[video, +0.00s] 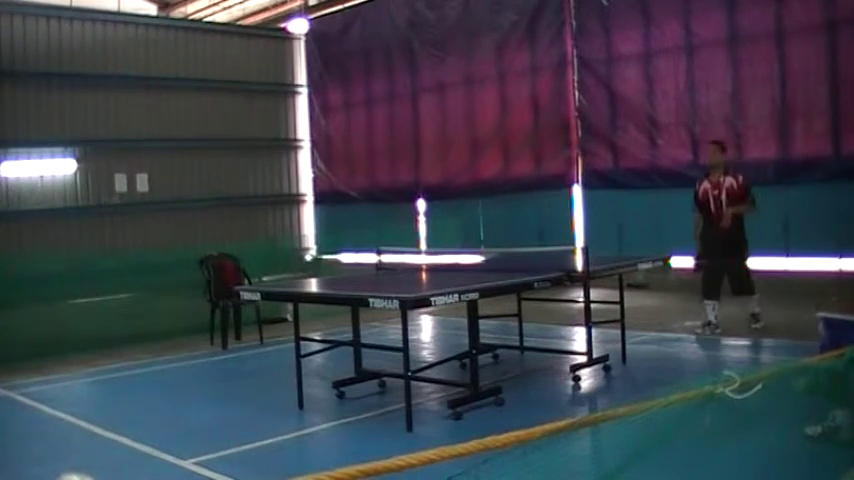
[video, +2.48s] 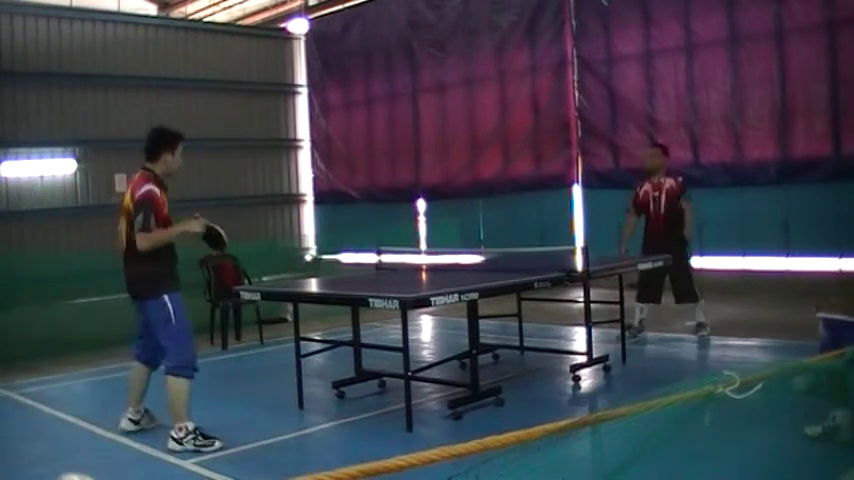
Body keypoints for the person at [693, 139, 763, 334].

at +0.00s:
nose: (712, 158)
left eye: (716, 154)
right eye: (710, 154)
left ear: (724, 156)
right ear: (707, 158)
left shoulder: (737, 181)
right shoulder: (702, 186)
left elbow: (749, 205)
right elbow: (699, 216)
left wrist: (731, 210)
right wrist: (697, 243)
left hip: (733, 241)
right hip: (711, 242)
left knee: (742, 277)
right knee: (710, 280)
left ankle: (754, 312)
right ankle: (711, 320)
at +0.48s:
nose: (684, 158)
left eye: (688, 154)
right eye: (683, 154)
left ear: (698, 157)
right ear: (681, 158)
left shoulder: (712, 181)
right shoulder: (679, 189)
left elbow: (724, 206)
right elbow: (675, 220)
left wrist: (706, 212)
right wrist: (668, 248)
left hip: (709, 234)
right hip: (690, 236)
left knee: (702, 272)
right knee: (696, 273)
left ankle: (699, 320)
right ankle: (709, 318)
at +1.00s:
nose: (668, 155)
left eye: (672, 151)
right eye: (667, 151)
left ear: (682, 154)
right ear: (668, 154)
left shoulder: (692, 181)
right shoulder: (663, 184)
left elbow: (701, 209)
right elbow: (658, 215)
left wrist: (676, 206)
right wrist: (651, 241)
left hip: (686, 242)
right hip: (665, 241)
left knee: (684, 283)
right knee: (658, 279)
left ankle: (688, 329)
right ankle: (673, 313)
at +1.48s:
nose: (622, 164)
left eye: (625, 160)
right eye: (622, 160)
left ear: (636, 162)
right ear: (629, 163)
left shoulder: (644, 181)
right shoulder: (634, 183)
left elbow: (633, 198)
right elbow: (638, 223)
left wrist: (618, 177)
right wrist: (637, 245)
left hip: (656, 245)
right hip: (641, 245)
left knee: (666, 286)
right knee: (635, 285)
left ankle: (681, 326)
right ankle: (638, 322)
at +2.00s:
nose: (609, 164)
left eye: (613, 160)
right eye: (610, 160)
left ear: (624, 163)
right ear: (619, 164)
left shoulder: (632, 184)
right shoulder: (623, 186)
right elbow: (628, 219)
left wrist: (654, 247)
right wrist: (630, 244)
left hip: (649, 241)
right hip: (634, 242)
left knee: (661, 280)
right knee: (634, 282)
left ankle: (679, 317)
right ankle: (637, 321)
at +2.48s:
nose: (650, 160)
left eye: (655, 156)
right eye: (649, 156)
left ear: (664, 160)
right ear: (646, 160)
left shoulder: (676, 184)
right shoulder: (642, 188)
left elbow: (687, 208)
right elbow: (632, 217)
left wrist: (687, 232)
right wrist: (624, 243)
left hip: (675, 242)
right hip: (651, 243)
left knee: (685, 283)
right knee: (646, 284)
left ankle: (700, 320)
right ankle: (638, 323)